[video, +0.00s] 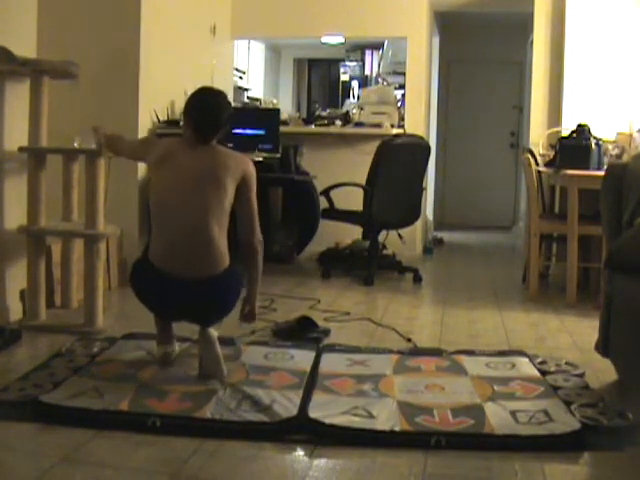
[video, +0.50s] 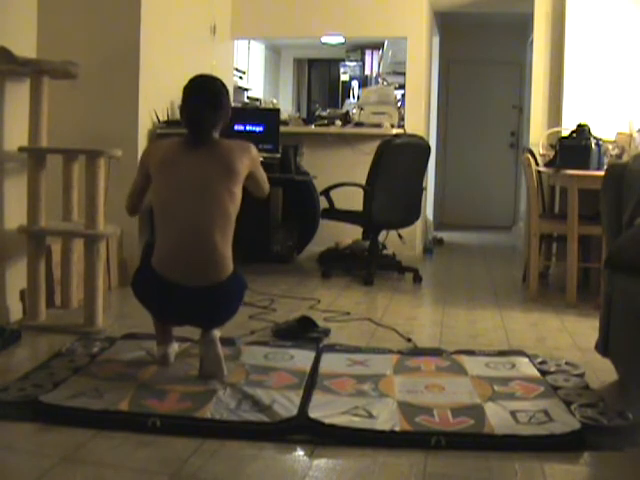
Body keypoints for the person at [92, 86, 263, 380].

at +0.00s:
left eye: (186, 116)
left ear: (185, 120)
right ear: (223, 127)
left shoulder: (159, 149)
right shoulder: (240, 165)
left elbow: (123, 147)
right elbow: (251, 242)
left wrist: (104, 138)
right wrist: (252, 298)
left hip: (159, 293)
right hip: (212, 299)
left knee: (145, 262)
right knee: (238, 271)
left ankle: (165, 340)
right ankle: (209, 334)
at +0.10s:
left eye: (189, 113)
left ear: (185, 117)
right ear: (224, 124)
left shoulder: (159, 149)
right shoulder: (241, 163)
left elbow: (117, 154)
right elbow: (256, 238)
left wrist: (107, 140)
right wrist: (253, 278)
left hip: (159, 292)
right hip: (211, 299)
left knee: (144, 265)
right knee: (228, 276)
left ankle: (164, 344)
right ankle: (209, 335)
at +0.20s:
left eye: (188, 110)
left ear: (185, 114)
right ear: (225, 122)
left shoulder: (158, 150)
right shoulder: (242, 162)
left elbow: (113, 165)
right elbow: (259, 232)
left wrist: (118, 138)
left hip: (161, 295)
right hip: (212, 300)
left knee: (150, 257)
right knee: (229, 275)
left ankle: (164, 343)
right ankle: (209, 335)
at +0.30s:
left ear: (183, 112)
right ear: (226, 118)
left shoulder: (157, 149)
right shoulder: (241, 159)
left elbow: (119, 181)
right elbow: (261, 215)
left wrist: (134, 150)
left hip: (162, 297)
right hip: (214, 301)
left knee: (148, 266)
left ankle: (164, 343)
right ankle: (208, 335)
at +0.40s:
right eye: (225, 111)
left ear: (182, 111)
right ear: (225, 118)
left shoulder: (156, 151)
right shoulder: (242, 155)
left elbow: (126, 196)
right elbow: (261, 198)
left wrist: (156, 170)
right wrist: (234, 171)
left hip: (163, 296)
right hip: (216, 301)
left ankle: (164, 345)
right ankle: (209, 335)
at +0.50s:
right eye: (226, 108)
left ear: (182, 111)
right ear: (225, 115)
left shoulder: (157, 151)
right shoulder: (243, 153)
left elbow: (132, 207)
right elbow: (262, 190)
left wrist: (164, 183)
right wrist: (237, 165)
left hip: (163, 299)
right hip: (216, 303)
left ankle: (164, 346)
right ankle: (210, 336)